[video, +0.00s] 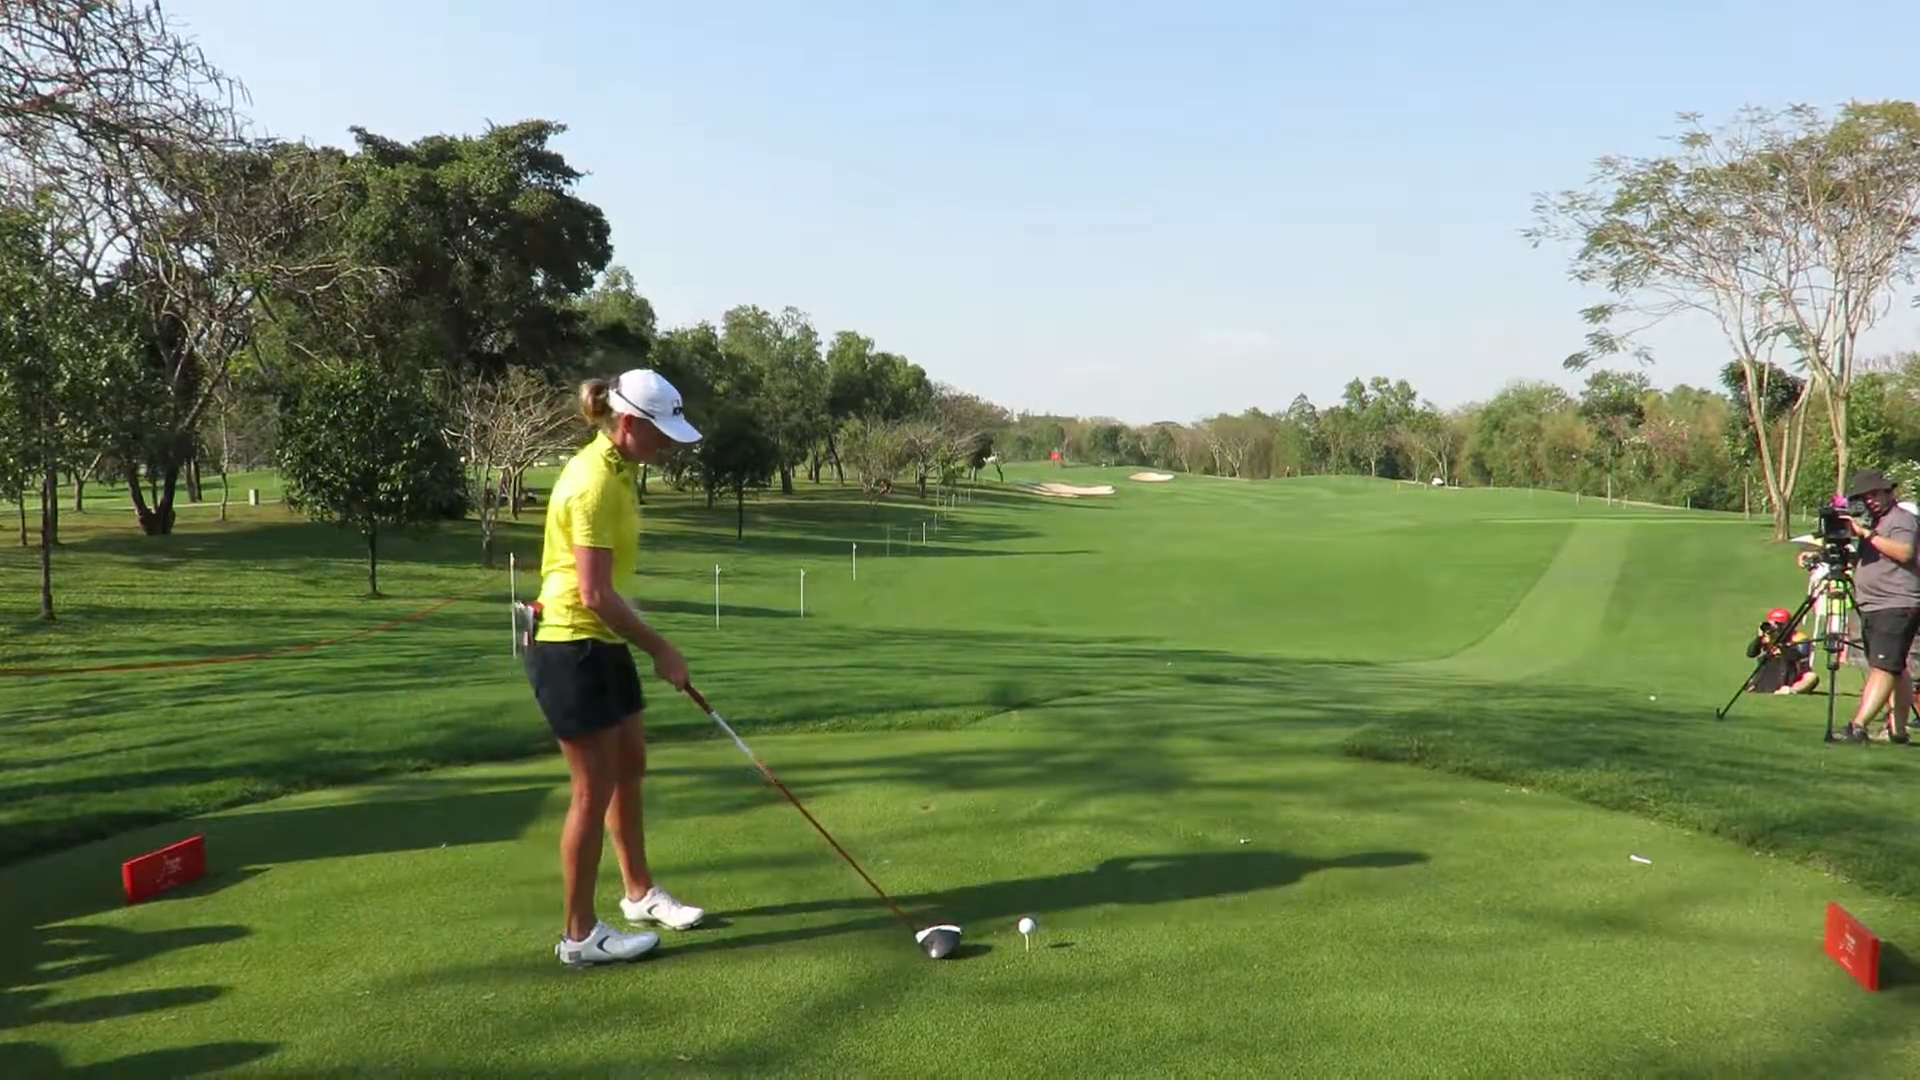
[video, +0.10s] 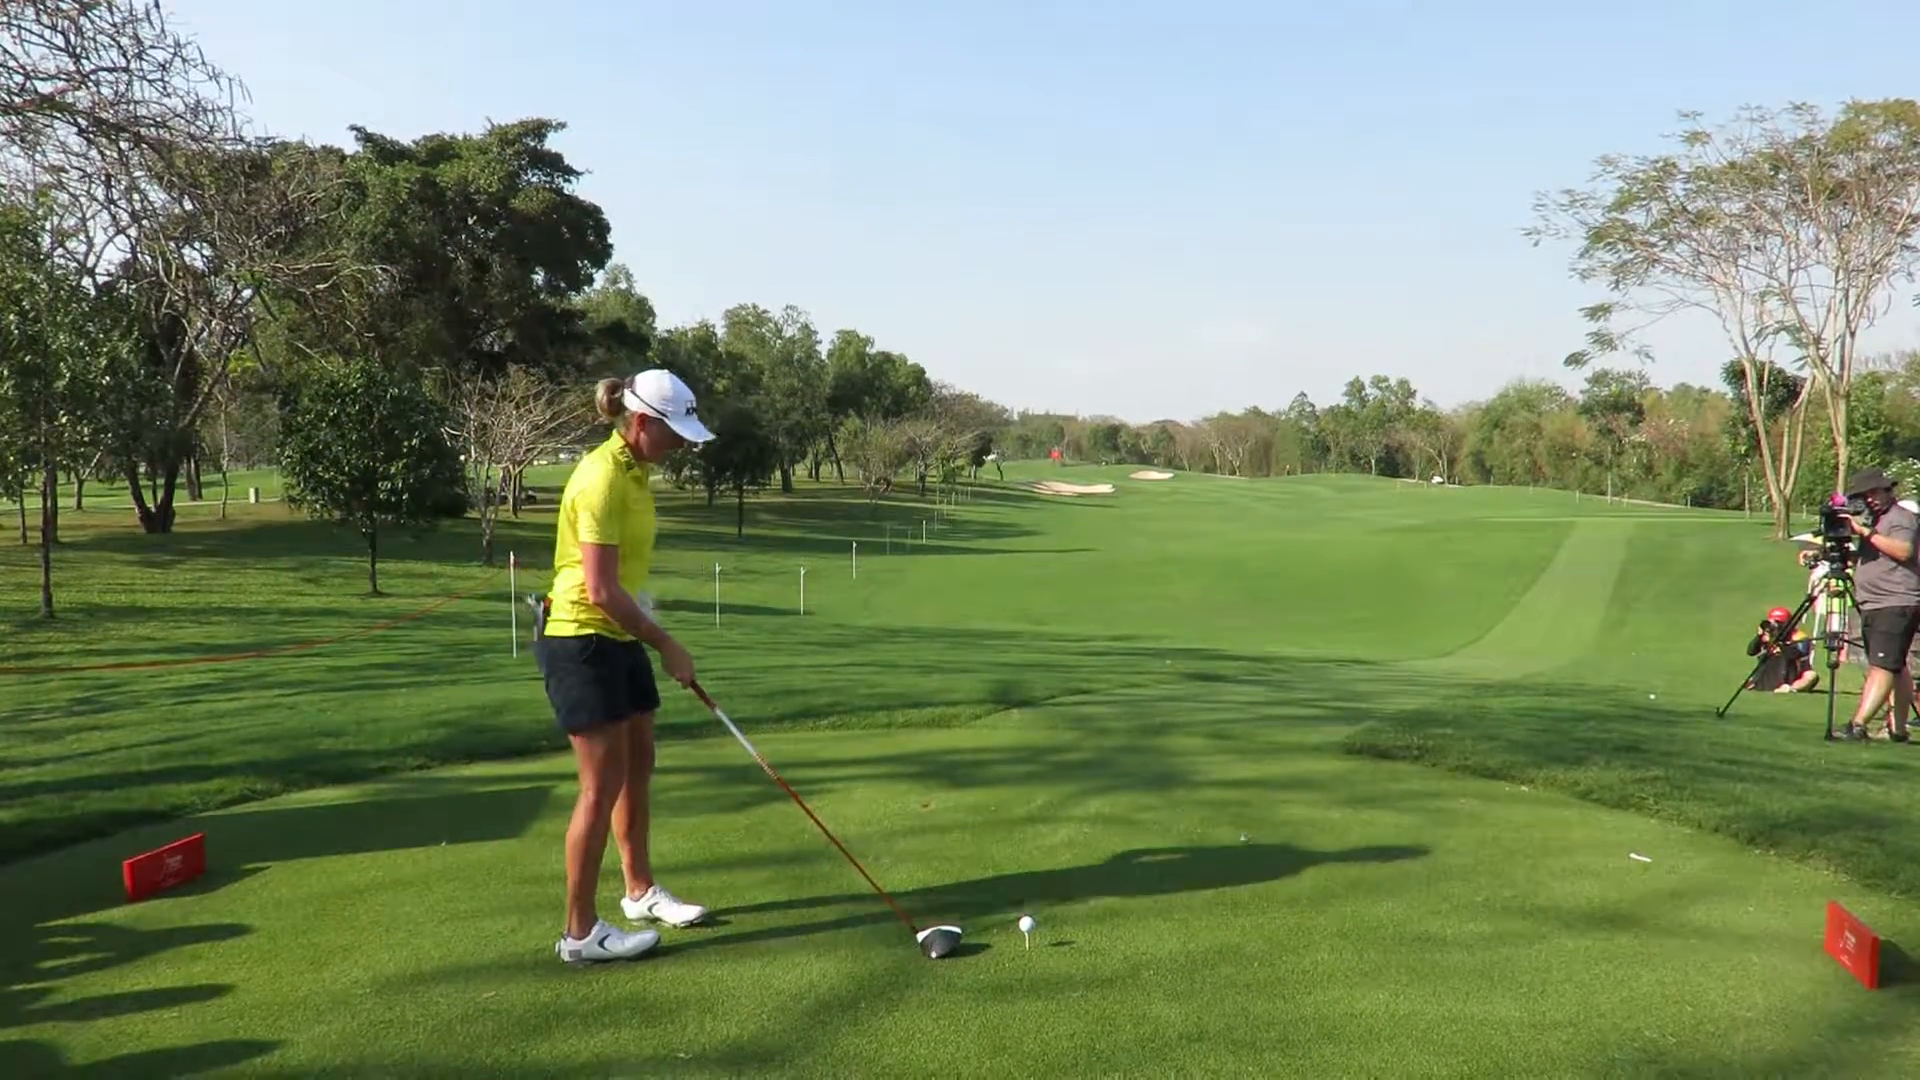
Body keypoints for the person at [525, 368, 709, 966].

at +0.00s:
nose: (667, 446)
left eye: (669, 436)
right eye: (661, 435)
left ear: (632, 425)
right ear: (626, 425)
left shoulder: (613, 472)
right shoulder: (594, 482)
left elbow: (589, 569)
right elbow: (596, 594)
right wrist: (661, 649)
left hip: (603, 644)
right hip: (572, 647)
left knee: (629, 764)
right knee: (594, 787)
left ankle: (640, 894)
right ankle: (579, 933)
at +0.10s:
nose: (679, 446)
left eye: (682, 436)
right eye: (673, 434)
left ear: (648, 425)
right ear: (639, 423)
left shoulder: (631, 474)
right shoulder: (602, 479)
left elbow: (620, 576)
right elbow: (601, 591)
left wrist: (650, 632)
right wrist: (667, 645)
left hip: (622, 639)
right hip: (582, 642)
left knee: (638, 764)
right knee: (602, 783)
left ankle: (638, 893)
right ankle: (579, 932)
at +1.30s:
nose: (727, 413)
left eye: (730, 403)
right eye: (722, 401)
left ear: (699, 393)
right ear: (692, 390)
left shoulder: (683, 438)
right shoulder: (651, 443)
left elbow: (662, 536)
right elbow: (665, 556)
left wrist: (675, 581)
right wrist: (726, 617)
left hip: (648, 593)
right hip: (605, 595)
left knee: (663, 716)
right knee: (624, 729)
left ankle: (657, 853)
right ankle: (621, 878)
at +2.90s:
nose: (737, 401)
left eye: (739, 391)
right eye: (733, 390)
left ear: (704, 386)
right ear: (703, 386)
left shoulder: (689, 427)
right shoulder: (662, 435)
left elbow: (674, 526)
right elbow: (675, 545)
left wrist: (703, 577)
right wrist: (732, 611)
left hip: (656, 582)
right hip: (615, 584)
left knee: (673, 707)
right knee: (643, 719)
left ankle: (665, 842)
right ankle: (622, 867)